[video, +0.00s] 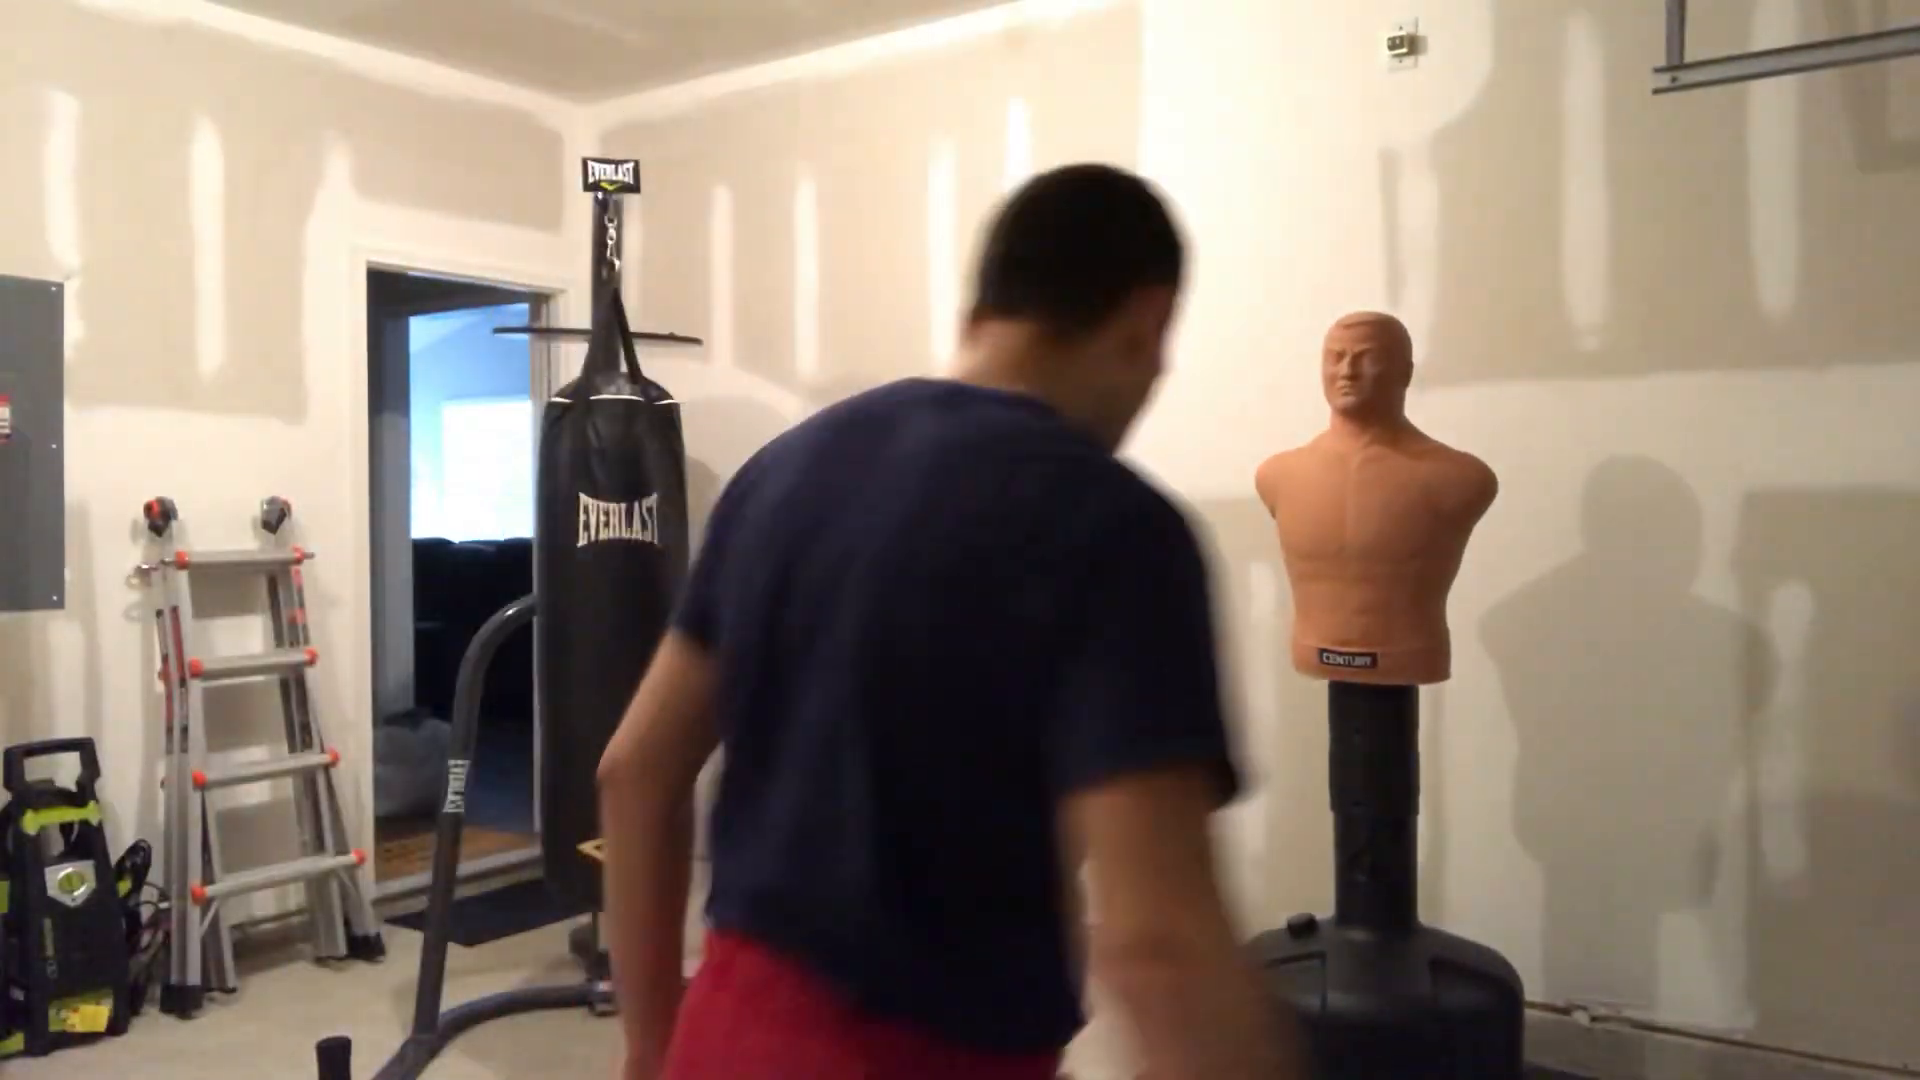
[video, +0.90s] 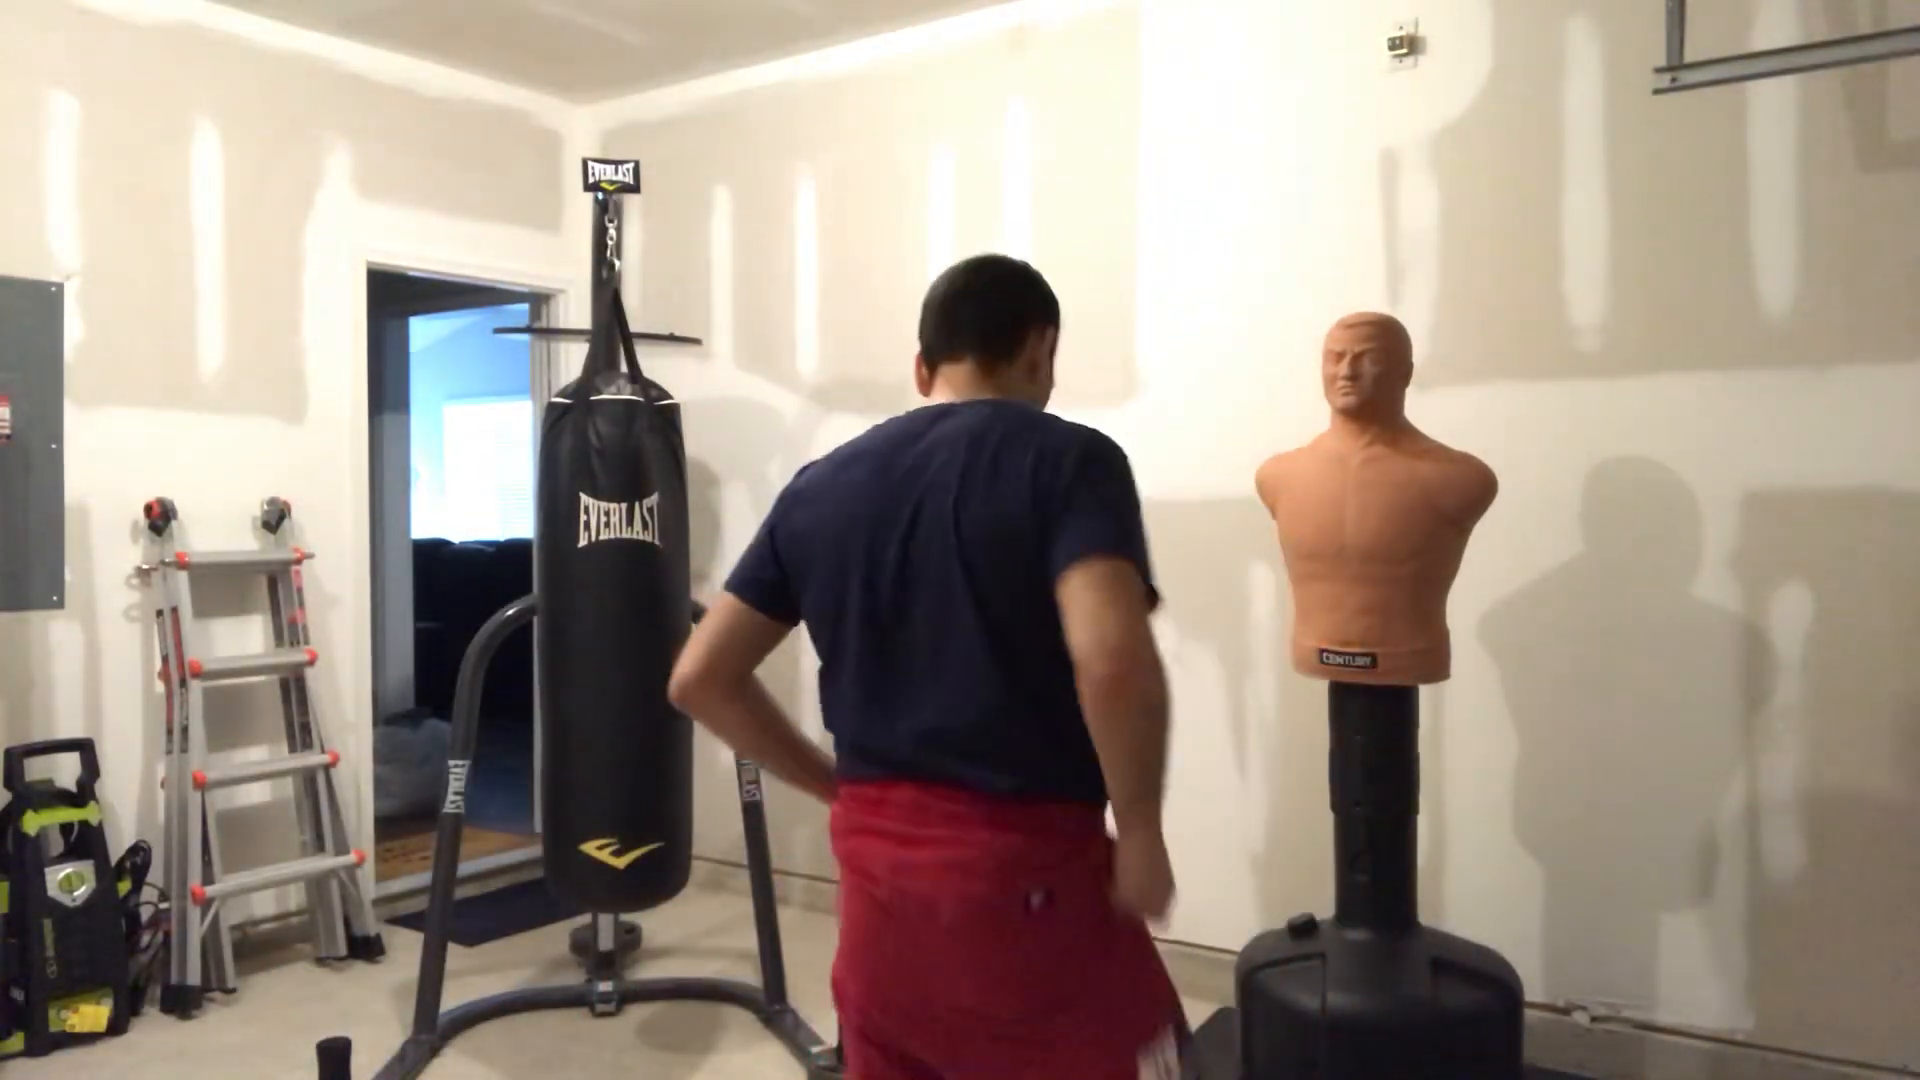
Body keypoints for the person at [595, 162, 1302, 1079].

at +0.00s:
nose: (1158, 371)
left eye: (1164, 345)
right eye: (1165, 339)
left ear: (983, 304)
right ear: (1146, 324)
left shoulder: (791, 468)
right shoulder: (1111, 526)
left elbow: (638, 770)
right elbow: (1155, 944)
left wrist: (650, 1043)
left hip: (736, 1015)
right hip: (958, 1041)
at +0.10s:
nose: (1203, 385)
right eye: (1210, 352)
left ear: (1025, 312)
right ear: (1198, 325)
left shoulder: (842, 450)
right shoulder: (1192, 534)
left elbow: (648, 717)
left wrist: (679, 982)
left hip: (778, 1005)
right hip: (1008, 1034)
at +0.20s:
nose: (1212, 372)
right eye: (1223, 345)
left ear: (1036, 320)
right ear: (1210, 323)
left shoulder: (871, 441)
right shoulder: (1230, 520)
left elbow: (658, 691)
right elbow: (1339, 903)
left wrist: (757, 916)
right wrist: (1449, 1064)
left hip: (818, 978)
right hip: (1040, 1012)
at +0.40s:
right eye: (1193, 334)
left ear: (1019, 329)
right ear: (1184, 328)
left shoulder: (884, 458)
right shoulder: (1242, 505)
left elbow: (695, 690)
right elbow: (1356, 847)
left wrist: (816, 844)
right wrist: (1341, 998)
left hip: (891, 974)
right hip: (1115, 992)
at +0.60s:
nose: (1110, 383)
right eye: (1114, 364)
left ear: (965, 364)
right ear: (1108, 361)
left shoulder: (853, 495)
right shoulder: (1173, 508)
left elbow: (711, 726)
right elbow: (1267, 794)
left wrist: (826, 850)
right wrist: (1238, 1011)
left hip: (902, 951)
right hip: (1097, 960)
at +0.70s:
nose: (1073, 373)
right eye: (1075, 353)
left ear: (935, 365)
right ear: (1065, 349)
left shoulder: (832, 487)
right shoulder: (1126, 482)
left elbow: (697, 707)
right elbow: (1194, 744)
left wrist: (831, 827)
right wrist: (1184, 956)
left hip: (890, 930)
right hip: (1062, 934)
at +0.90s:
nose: (1053, 383)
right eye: (1054, 363)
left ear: (924, 369)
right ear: (1040, 352)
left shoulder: (830, 481)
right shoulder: (1070, 460)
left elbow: (702, 679)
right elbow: (1110, 655)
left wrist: (834, 785)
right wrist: (1140, 834)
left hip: (879, 870)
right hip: (1030, 876)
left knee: (885, 1062)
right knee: (1091, 1060)